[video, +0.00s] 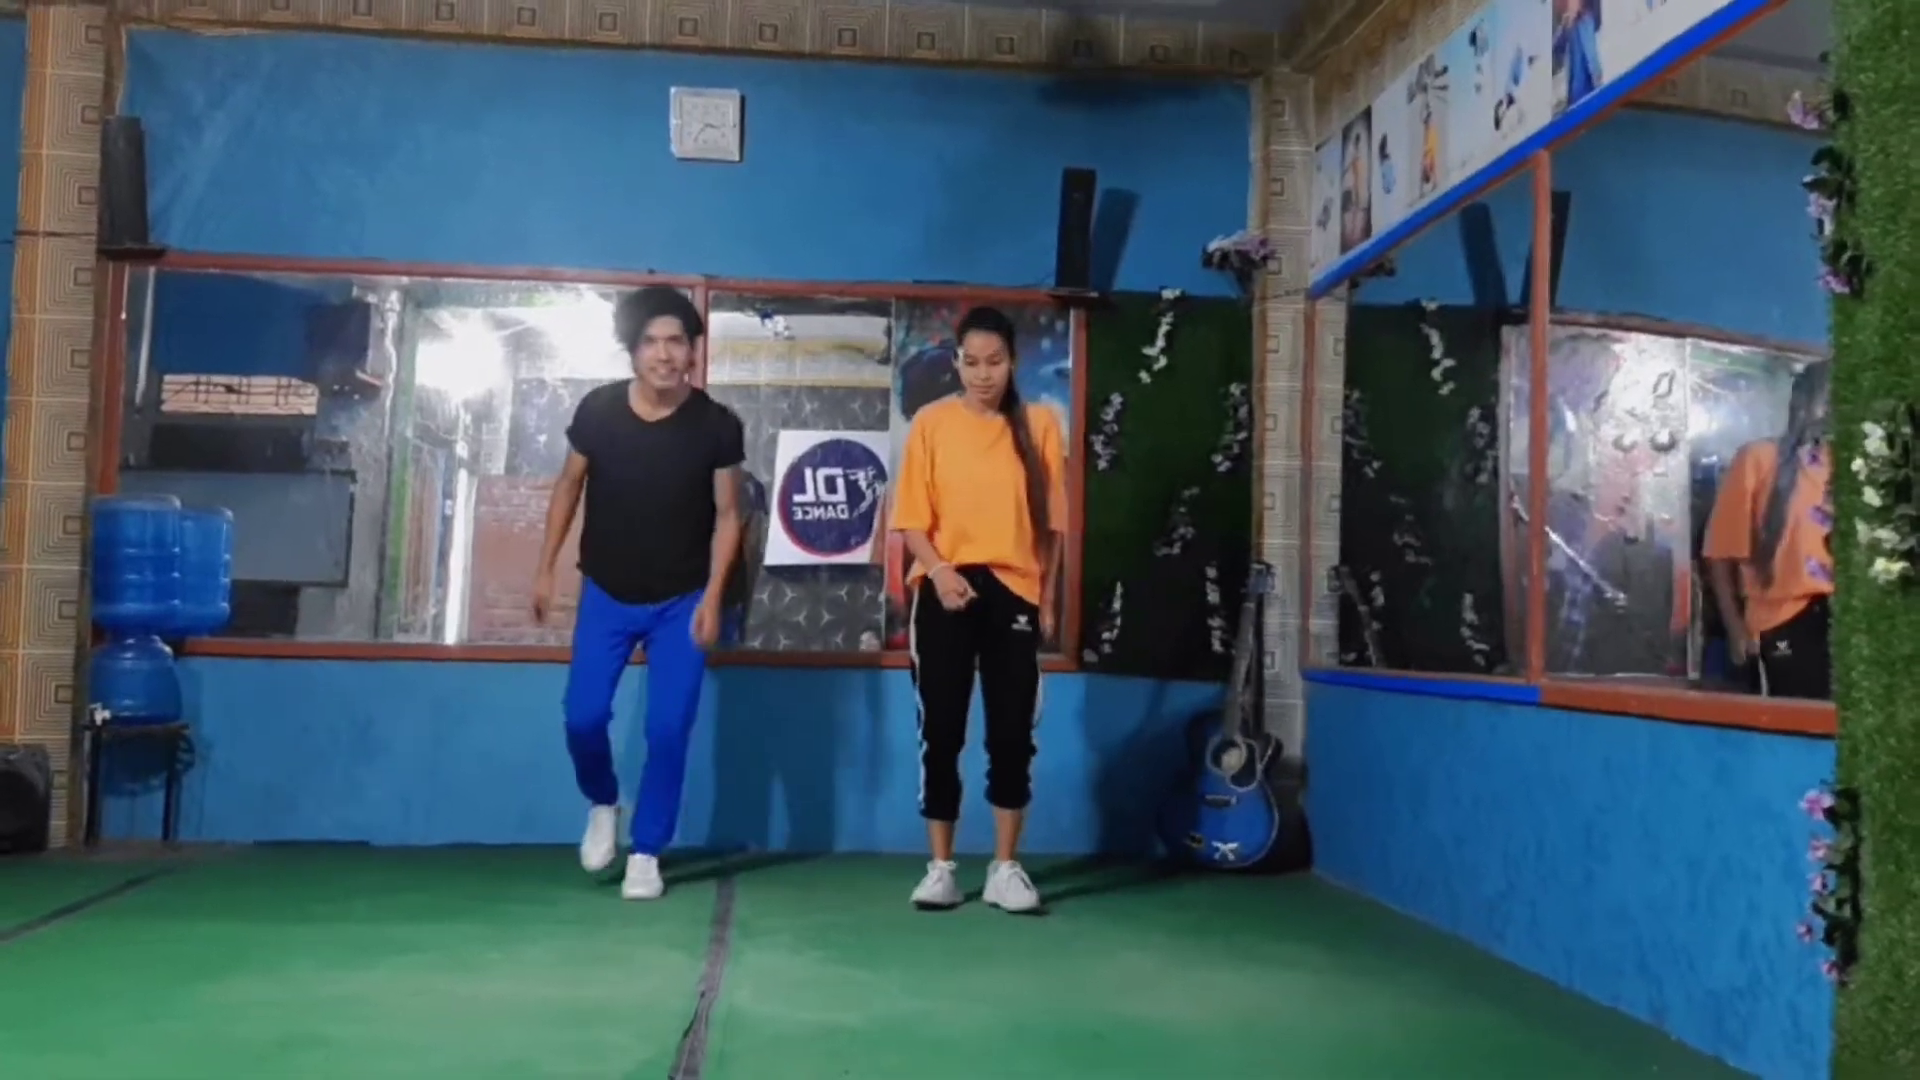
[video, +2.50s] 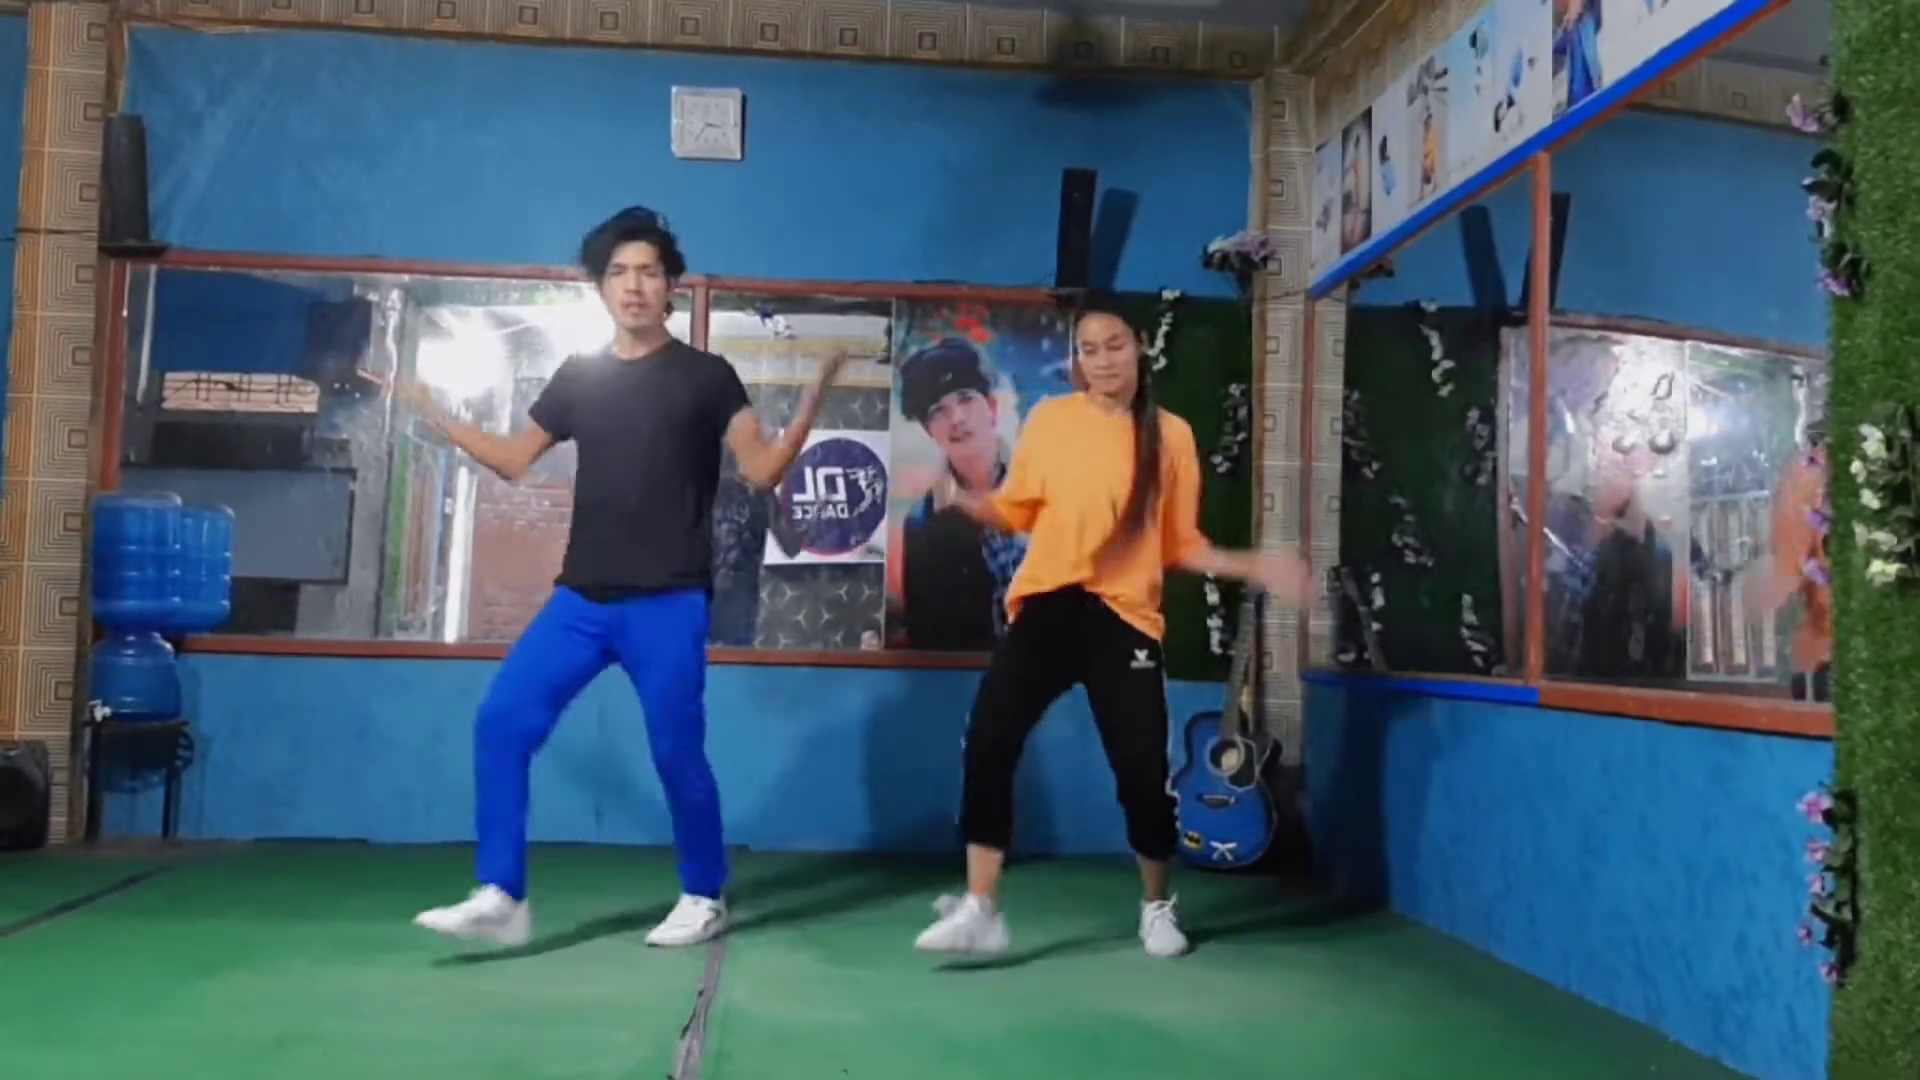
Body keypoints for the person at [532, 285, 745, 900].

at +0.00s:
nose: (667, 354)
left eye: (678, 342)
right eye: (653, 342)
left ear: (694, 351)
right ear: (630, 350)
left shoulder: (717, 425)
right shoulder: (598, 411)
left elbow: (728, 516)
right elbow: (569, 485)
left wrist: (713, 597)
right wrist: (546, 569)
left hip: (683, 602)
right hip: (606, 596)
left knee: (669, 730)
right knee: (582, 718)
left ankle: (646, 854)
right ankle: (603, 804)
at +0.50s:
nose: (640, 292)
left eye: (651, 279)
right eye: (625, 280)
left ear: (669, 292)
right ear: (603, 295)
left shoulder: (701, 376)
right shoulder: (576, 382)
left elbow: (732, 467)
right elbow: (566, 486)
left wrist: (728, 547)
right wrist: (585, 574)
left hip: (684, 581)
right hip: (601, 583)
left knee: (702, 706)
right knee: (597, 735)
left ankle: (658, 803)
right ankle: (613, 870)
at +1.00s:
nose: (644, 269)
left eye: (662, 258)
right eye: (635, 257)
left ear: (694, 279)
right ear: (619, 274)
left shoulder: (715, 373)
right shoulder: (589, 367)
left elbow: (717, 484)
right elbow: (558, 459)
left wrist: (624, 480)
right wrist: (585, 479)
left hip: (666, 589)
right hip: (580, 578)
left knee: (648, 753)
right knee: (520, 704)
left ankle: (629, 901)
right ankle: (598, 784)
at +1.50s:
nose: (612, 270)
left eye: (626, 258)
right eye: (597, 258)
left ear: (645, 275)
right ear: (573, 276)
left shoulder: (681, 363)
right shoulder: (546, 369)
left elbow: (718, 465)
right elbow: (523, 482)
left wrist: (646, 492)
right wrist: (583, 507)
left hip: (661, 589)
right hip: (570, 591)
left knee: (659, 729)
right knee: (564, 745)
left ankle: (637, 887)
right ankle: (577, 899)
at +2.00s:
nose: (629, 264)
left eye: (642, 251)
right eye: (613, 251)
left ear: (660, 268)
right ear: (586, 267)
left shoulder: (691, 354)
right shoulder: (549, 348)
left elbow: (773, 432)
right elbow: (485, 402)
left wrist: (743, 412)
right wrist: (459, 411)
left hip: (657, 585)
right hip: (565, 583)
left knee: (637, 748)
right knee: (553, 744)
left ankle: (617, 903)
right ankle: (568, 888)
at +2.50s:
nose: (636, 287)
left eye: (650, 274)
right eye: (622, 274)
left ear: (672, 288)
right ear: (600, 288)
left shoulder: (708, 376)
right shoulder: (581, 376)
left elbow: (763, 469)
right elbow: (512, 458)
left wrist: (817, 393)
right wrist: (434, 414)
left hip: (667, 603)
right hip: (582, 599)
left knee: (677, 751)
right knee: (502, 721)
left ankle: (703, 898)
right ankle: (502, 897)